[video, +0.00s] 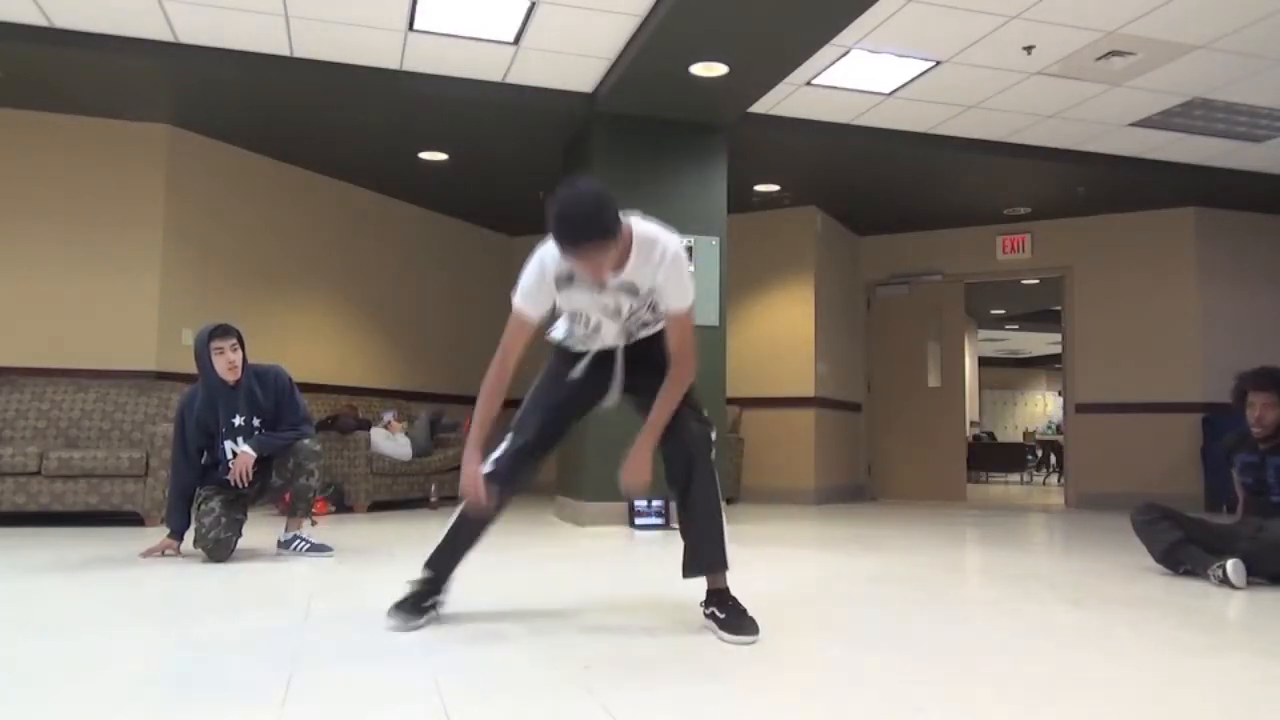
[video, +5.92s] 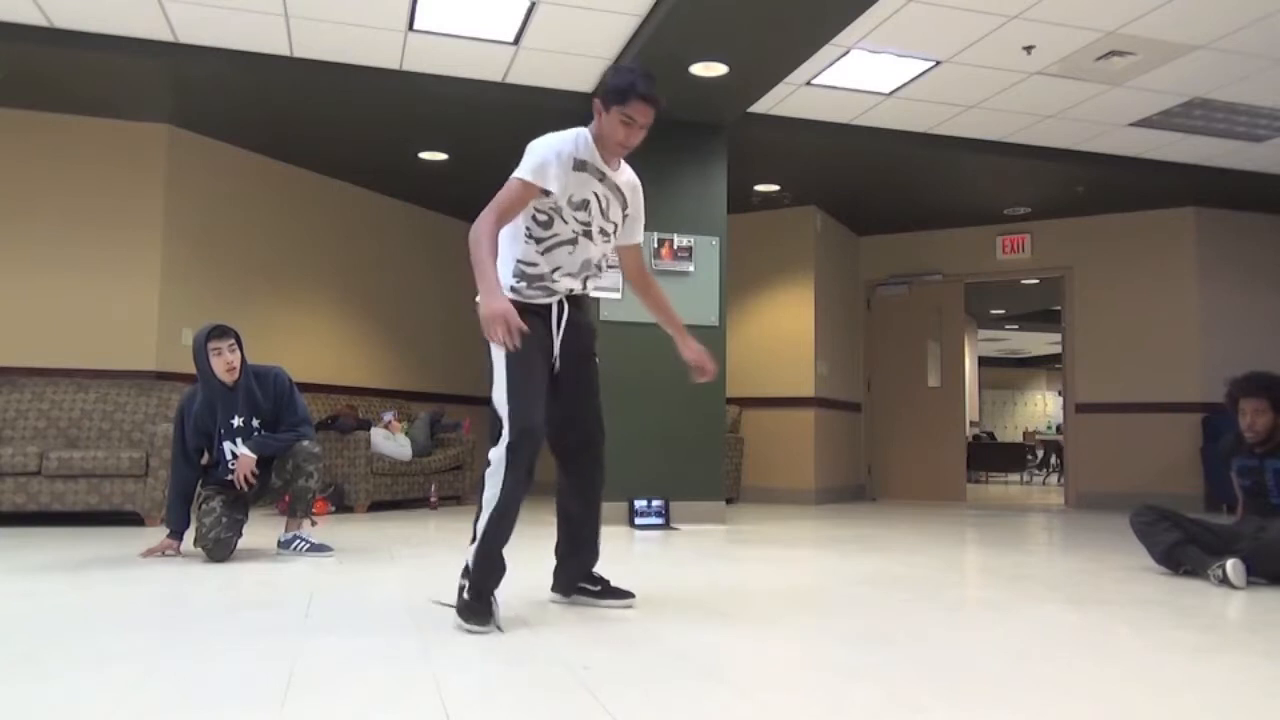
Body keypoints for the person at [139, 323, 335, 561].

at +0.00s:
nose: (230, 358)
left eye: (234, 349)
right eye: (219, 353)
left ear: (243, 352)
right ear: (205, 360)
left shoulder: (273, 380)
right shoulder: (194, 404)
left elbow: (304, 429)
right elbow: (184, 471)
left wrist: (254, 447)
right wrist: (175, 535)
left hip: (265, 476)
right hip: (219, 488)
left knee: (308, 449)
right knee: (215, 549)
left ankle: (292, 534)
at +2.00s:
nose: (231, 358)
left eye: (234, 349)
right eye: (220, 352)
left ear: (243, 351)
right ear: (205, 360)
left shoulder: (272, 380)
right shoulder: (194, 403)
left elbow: (304, 430)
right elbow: (184, 470)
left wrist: (256, 445)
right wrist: (174, 535)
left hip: (267, 476)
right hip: (221, 488)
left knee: (308, 450)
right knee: (215, 549)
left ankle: (292, 534)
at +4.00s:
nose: (229, 357)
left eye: (232, 348)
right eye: (218, 352)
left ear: (241, 350)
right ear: (204, 360)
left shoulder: (272, 381)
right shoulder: (193, 404)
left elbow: (304, 430)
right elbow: (184, 471)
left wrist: (255, 446)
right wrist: (174, 535)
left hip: (266, 476)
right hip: (220, 488)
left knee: (306, 450)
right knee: (215, 549)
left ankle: (292, 534)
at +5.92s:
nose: (229, 359)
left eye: (232, 349)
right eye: (217, 354)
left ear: (241, 351)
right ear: (204, 362)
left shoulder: (273, 381)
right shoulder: (194, 404)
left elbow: (303, 431)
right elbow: (184, 470)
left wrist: (254, 448)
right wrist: (175, 535)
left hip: (266, 478)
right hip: (222, 488)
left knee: (307, 451)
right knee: (216, 549)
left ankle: (292, 534)